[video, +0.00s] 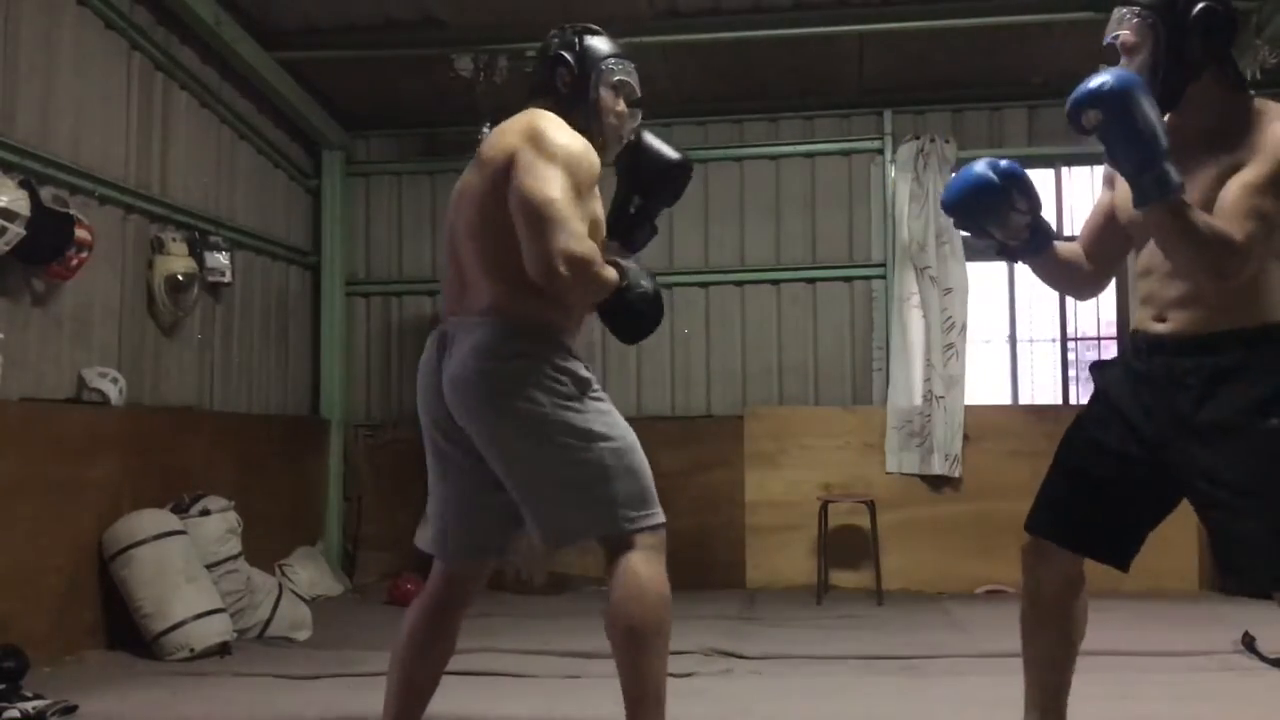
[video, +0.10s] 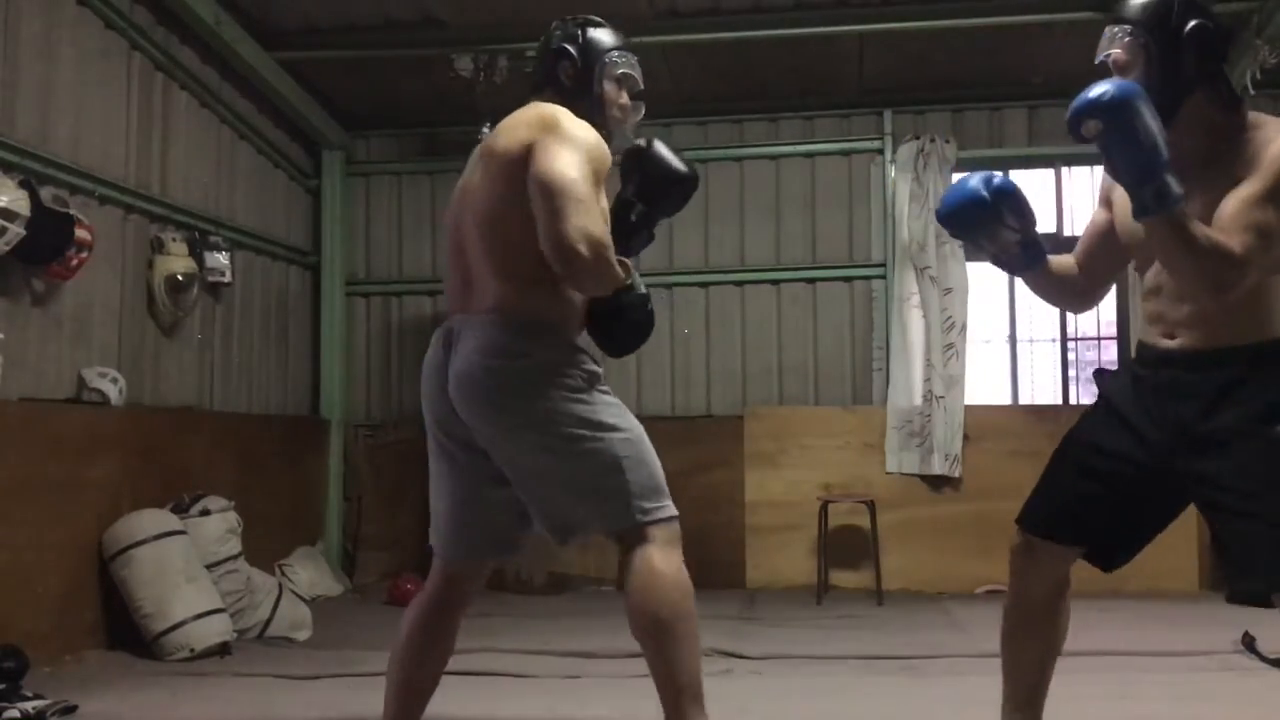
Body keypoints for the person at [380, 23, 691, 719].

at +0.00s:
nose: (632, 111)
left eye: (634, 96)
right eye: (621, 92)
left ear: (558, 88)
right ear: (575, 84)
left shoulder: (503, 146)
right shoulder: (552, 136)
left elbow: (568, 280)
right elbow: (561, 259)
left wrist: (628, 224)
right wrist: (620, 280)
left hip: (450, 368)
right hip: (519, 367)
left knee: (457, 569)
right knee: (640, 536)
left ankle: (398, 714)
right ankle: (647, 715)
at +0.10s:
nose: (635, 101)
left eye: (637, 86)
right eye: (625, 83)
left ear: (558, 81)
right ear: (582, 78)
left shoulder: (502, 140)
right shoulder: (565, 129)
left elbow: (521, 268)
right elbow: (574, 244)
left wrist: (628, 224)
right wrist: (618, 293)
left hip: (453, 363)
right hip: (526, 364)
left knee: (454, 568)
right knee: (653, 531)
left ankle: (399, 713)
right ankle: (687, 711)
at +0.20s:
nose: (645, 97)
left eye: (646, 81)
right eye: (633, 79)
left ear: (566, 77)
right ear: (588, 73)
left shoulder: (512, 140)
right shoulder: (581, 129)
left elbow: (535, 269)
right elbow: (609, 258)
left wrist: (638, 208)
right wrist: (646, 287)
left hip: (471, 368)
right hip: (547, 367)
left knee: (462, 574)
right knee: (661, 549)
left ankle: (402, 714)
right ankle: (721, 713)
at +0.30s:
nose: (654, 116)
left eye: (655, 100)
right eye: (649, 97)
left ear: (580, 84)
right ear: (618, 86)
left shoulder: (520, 149)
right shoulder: (606, 134)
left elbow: (537, 277)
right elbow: (653, 272)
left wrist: (627, 311)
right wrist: (659, 298)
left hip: (495, 379)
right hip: (571, 377)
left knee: (486, 586)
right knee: (675, 572)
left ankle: (411, 714)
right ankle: (713, 713)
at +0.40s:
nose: (668, 127)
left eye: (670, 118)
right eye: (667, 115)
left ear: (598, 94)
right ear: (646, 102)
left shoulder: (532, 157)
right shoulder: (634, 131)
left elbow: (533, 280)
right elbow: (689, 250)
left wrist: (627, 308)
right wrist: (659, 289)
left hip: (494, 379)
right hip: (572, 378)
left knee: (488, 584)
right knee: (691, 568)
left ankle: (410, 714)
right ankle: (718, 716)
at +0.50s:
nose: (676, 119)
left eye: (679, 110)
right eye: (674, 107)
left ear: (605, 86)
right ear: (648, 93)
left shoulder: (546, 145)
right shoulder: (641, 130)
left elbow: (568, 264)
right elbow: (680, 266)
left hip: (492, 375)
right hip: (571, 375)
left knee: (485, 584)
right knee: (685, 568)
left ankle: (407, 715)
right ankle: (716, 714)